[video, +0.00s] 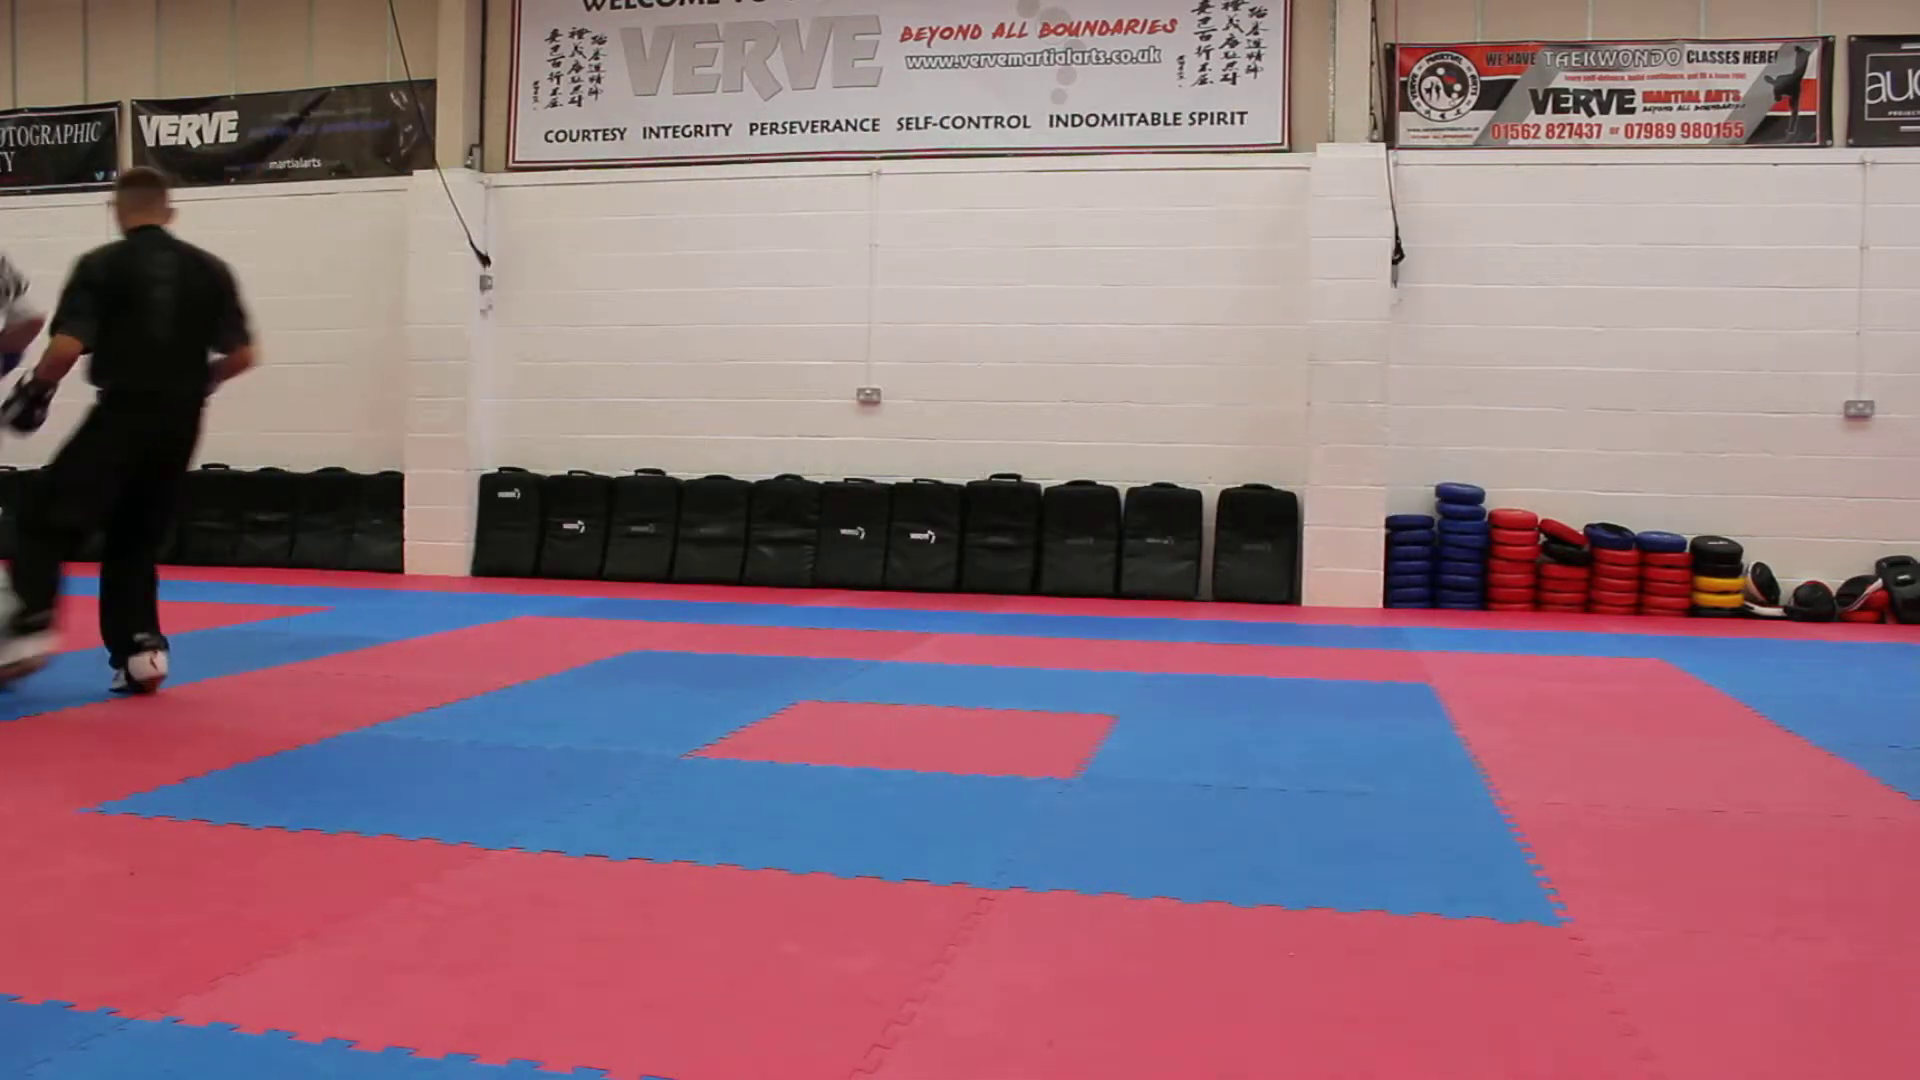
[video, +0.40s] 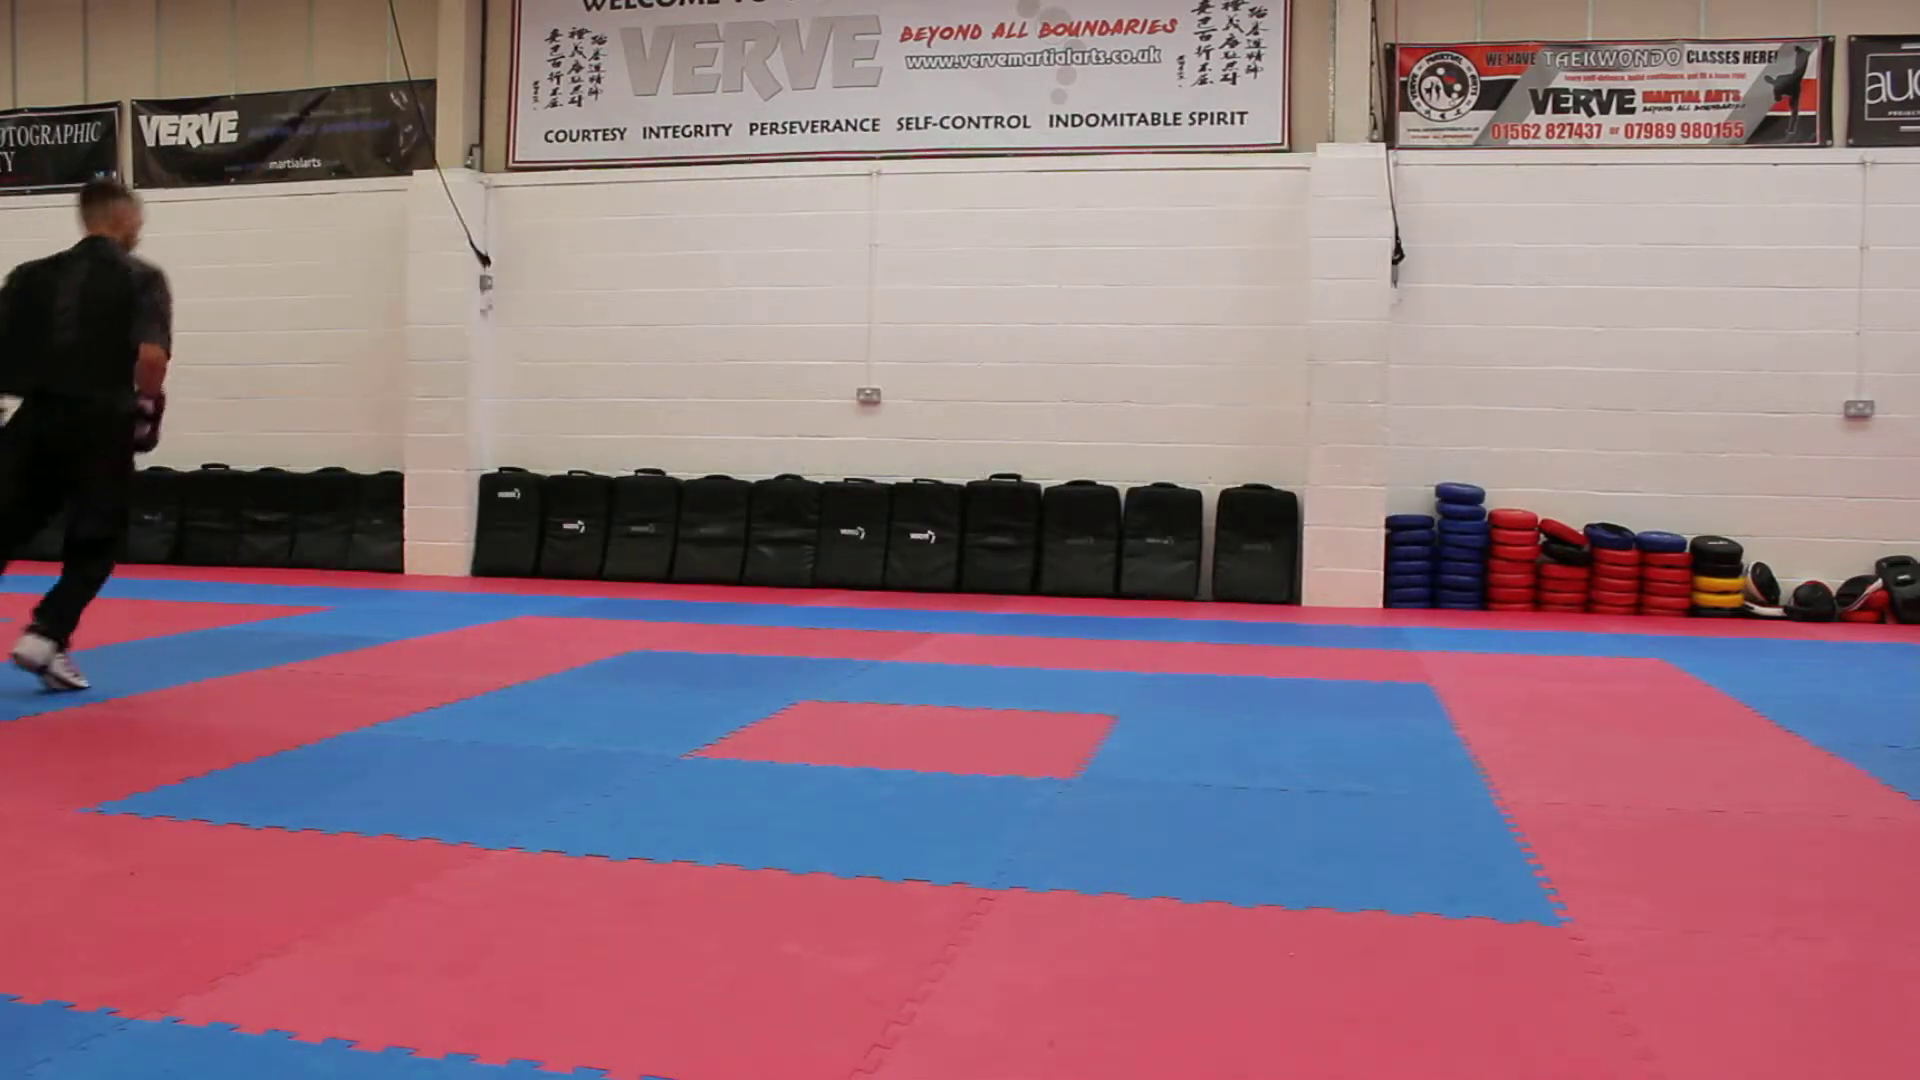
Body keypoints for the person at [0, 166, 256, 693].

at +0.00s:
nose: (122, 217)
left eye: (118, 209)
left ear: (118, 212)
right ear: (168, 210)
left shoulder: (101, 266)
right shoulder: (206, 268)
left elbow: (67, 347)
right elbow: (243, 355)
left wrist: (36, 389)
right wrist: (199, 380)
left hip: (119, 421)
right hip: (179, 426)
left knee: (47, 510)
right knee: (134, 535)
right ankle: (142, 649)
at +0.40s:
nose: (140, 227)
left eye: (137, 217)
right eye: (137, 218)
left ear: (86, 220)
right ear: (124, 220)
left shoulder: (33, 275)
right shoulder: (141, 279)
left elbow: (8, 354)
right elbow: (151, 355)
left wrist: (35, 391)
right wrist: (148, 406)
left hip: (35, 429)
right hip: (103, 434)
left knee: (13, 527)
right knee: (98, 542)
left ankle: (52, 646)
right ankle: (45, 635)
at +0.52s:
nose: (186, 214)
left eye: (185, 202)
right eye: (181, 203)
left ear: (131, 205)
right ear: (161, 205)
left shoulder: (77, 263)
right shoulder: (168, 268)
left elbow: (32, 344)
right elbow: (159, 353)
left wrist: (30, 401)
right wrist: (180, 405)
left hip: (59, 423)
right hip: (120, 428)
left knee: (33, 530)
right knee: (116, 549)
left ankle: (44, 651)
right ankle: (33, 644)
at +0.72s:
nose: (268, 215)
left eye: (267, 204)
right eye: (260, 205)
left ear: (221, 208)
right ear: (232, 206)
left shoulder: (174, 261)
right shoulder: (235, 273)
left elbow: (107, 324)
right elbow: (258, 355)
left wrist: (148, 372)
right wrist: (289, 373)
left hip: (145, 423)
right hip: (174, 431)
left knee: (214, 529)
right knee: (124, 544)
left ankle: (155, 621)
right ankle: (44, 650)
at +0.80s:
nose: (310, 209)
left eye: (308, 198)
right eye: (301, 199)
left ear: (261, 205)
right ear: (269, 202)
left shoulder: (219, 257)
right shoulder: (279, 265)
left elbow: (158, 323)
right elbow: (301, 354)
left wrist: (198, 366)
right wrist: (328, 368)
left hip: (183, 418)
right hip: (220, 425)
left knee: (141, 529)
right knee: (269, 526)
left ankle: (66, 637)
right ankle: (245, 637)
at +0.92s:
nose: (372, 220)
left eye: (370, 209)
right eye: (362, 210)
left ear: (331, 218)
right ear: (331, 216)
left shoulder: (305, 272)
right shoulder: (324, 280)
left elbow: (294, 365)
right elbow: (305, 370)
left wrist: (339, 405)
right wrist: (346, 406)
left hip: (269, 430)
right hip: (276, 434)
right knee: (306, 550)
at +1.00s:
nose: (415, 214)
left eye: (413, 203)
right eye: (404, 205)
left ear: (382, 211)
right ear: (371, 210)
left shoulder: (370, 272)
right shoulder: (351, 267)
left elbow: (346, 353)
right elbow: (304, 340)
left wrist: (400, 376)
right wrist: (360, 391)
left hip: (330, 421)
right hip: (305, 422)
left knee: (334, 542)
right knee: (341, 545)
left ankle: (277, 647)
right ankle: (255, 622)